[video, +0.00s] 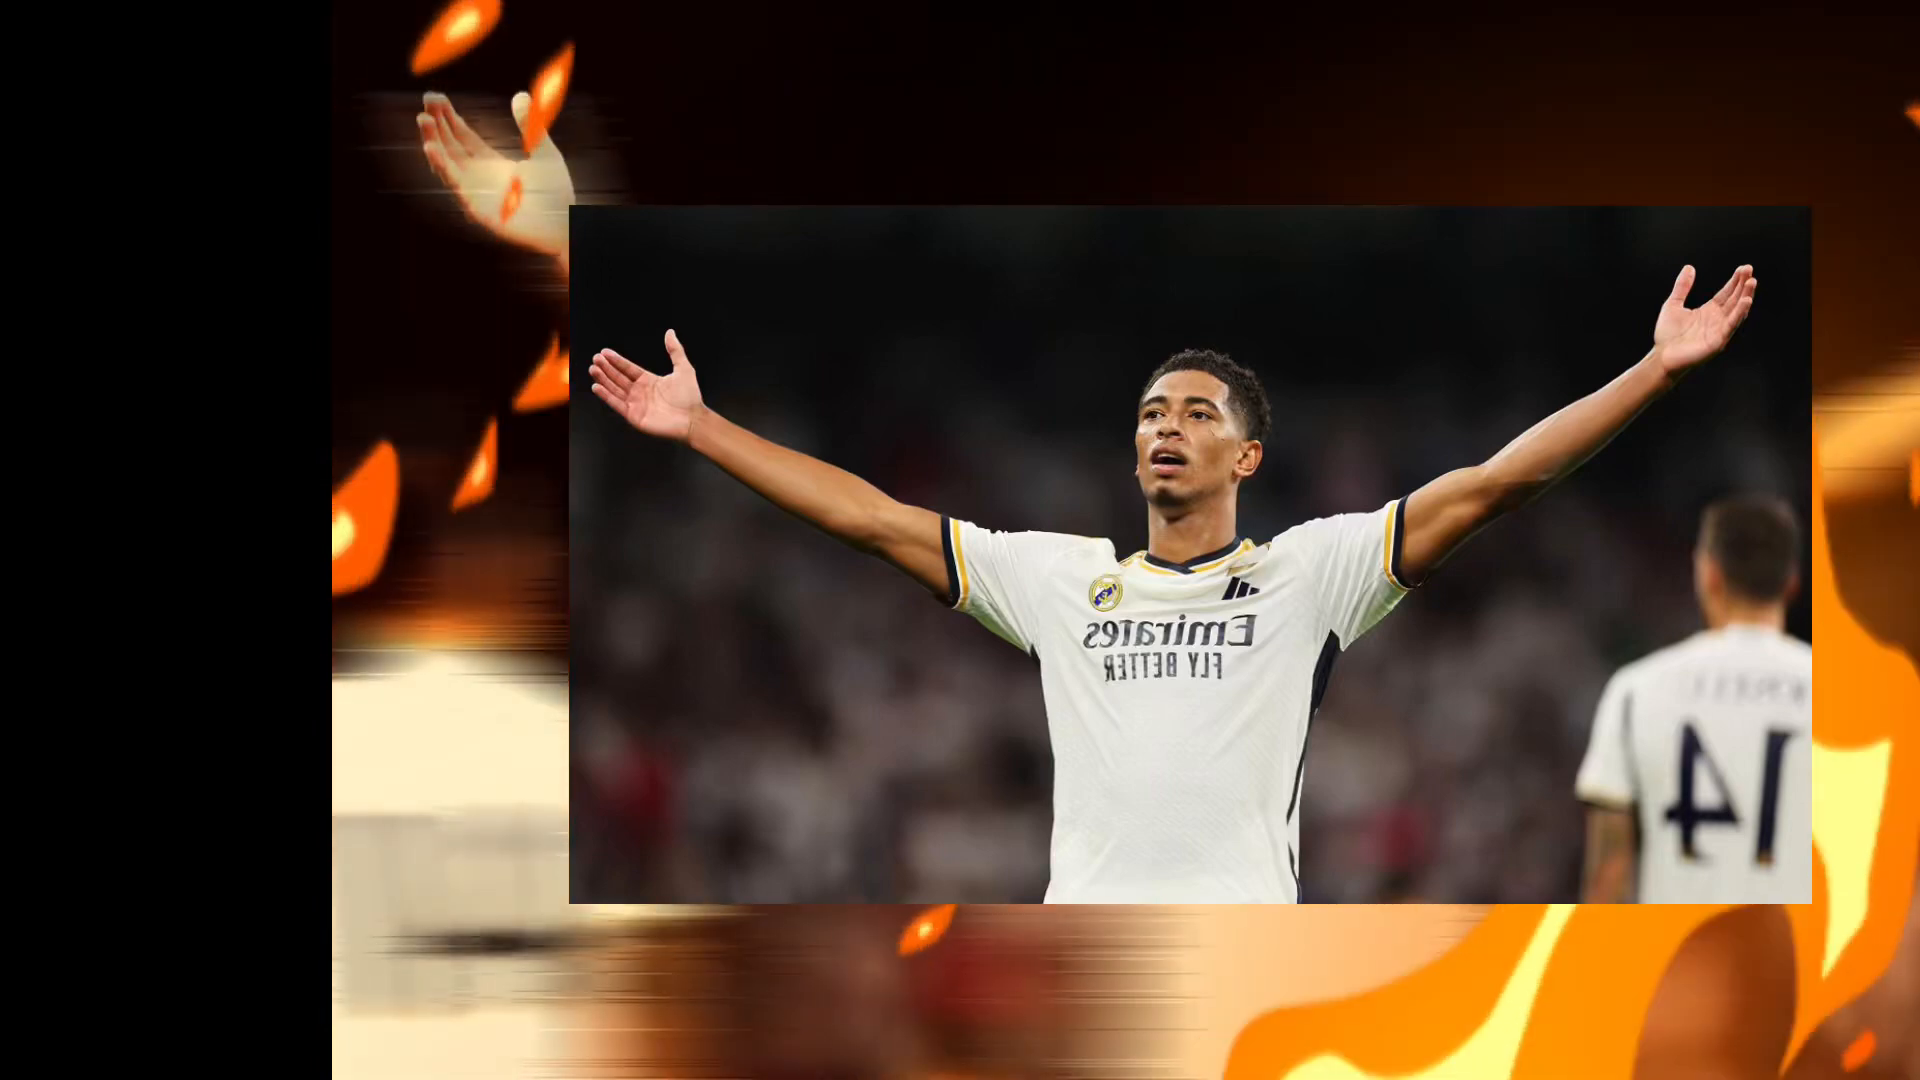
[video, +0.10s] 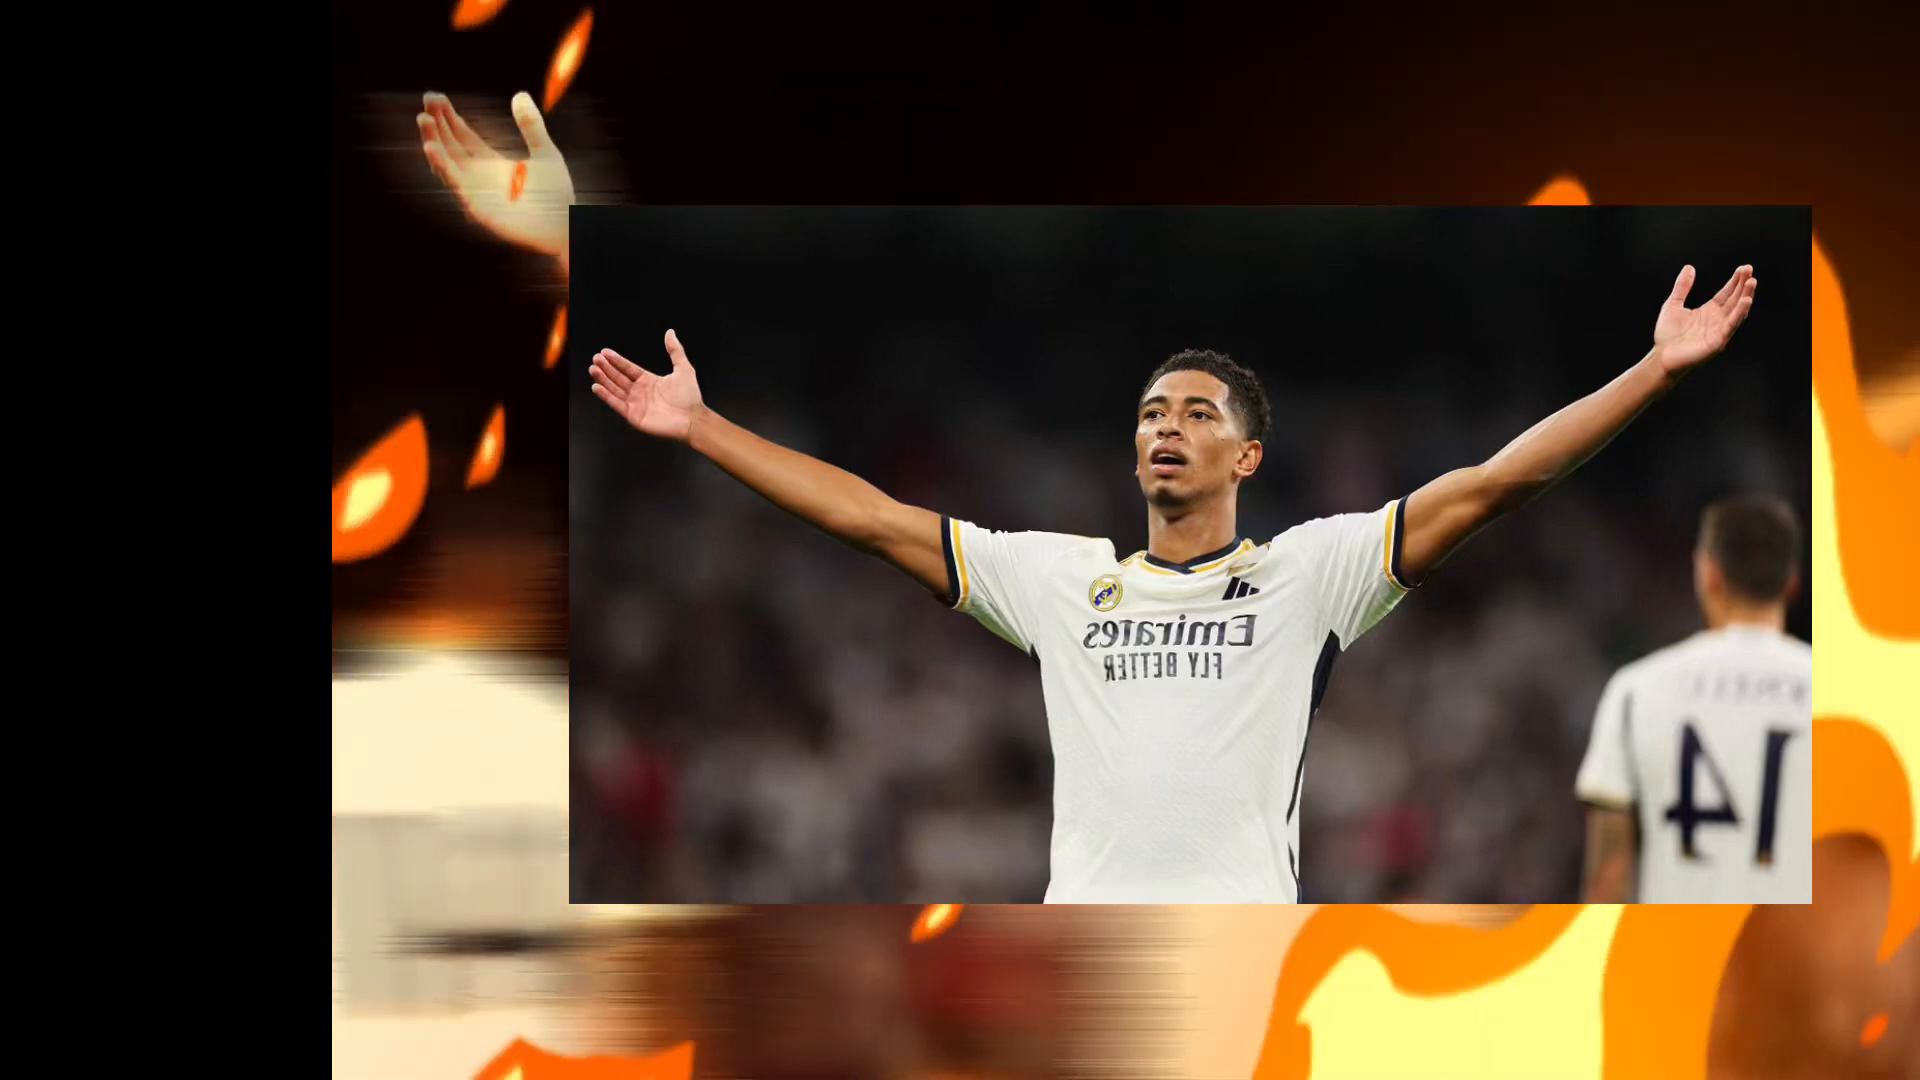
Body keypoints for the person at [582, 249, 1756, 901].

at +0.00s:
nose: (1172, 429)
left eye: (1201, 415)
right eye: (1157, 413)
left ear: (1248, 454)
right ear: (1133, 449)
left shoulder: (1308, 570)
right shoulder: (1057, 576)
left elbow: (1490, 484)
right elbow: (878, 519)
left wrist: (1655, 368)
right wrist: (700, 428)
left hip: (1248, 938)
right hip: (1086, 936)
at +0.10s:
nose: (1165, 435)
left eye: (1192, 419)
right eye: (1153, 420)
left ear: (1251, 455)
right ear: (1135, 453)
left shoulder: (1310, 569)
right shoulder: (1067, 577)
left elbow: (1497, 480)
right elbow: (879, 519)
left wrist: (1660, 364)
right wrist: (701, 425)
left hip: (1245, 936)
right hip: (1079, 934)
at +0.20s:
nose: (1162, 436)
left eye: (1190, 420)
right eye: (1152, 421)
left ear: (1251, 454)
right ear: (1135, 452)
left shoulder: (1310, 569)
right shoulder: (1066, 577)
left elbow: (1496, 480)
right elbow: (879, 519)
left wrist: (1660, 365)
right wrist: (702, 426)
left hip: (1253, 940)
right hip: (1084, 936)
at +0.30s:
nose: (1162, 434)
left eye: (1191, 418)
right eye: (1151, 420)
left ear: (1252, 455)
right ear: (1134, 454)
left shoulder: (1310, 569)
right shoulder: (1066, 577)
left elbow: (1496, 480)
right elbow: (878, 518)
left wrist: (1659, 366)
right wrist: (702, 426)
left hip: (1253, 941)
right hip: (1084, 937)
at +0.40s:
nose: (1163, 434)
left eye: (1191, 418)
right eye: (1151, 419)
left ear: (1252, 455)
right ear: (1134, 454)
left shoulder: (1311, 569)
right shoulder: (1066, 577)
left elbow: (1496, 480)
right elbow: (878, 518)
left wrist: (1659, 365)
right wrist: (702, 427)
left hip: (1253, 939)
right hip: (1085, 935)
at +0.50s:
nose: (1167, 430)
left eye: (1198, 415)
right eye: (1153, 415)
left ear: (1248, 455)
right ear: (1134, 452)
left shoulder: (1308, 571)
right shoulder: (1058, 579)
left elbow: (1491, 483)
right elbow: (878, 519)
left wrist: (1655, 368)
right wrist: (700, 427)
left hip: (1246, 939)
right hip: (1085, 937)